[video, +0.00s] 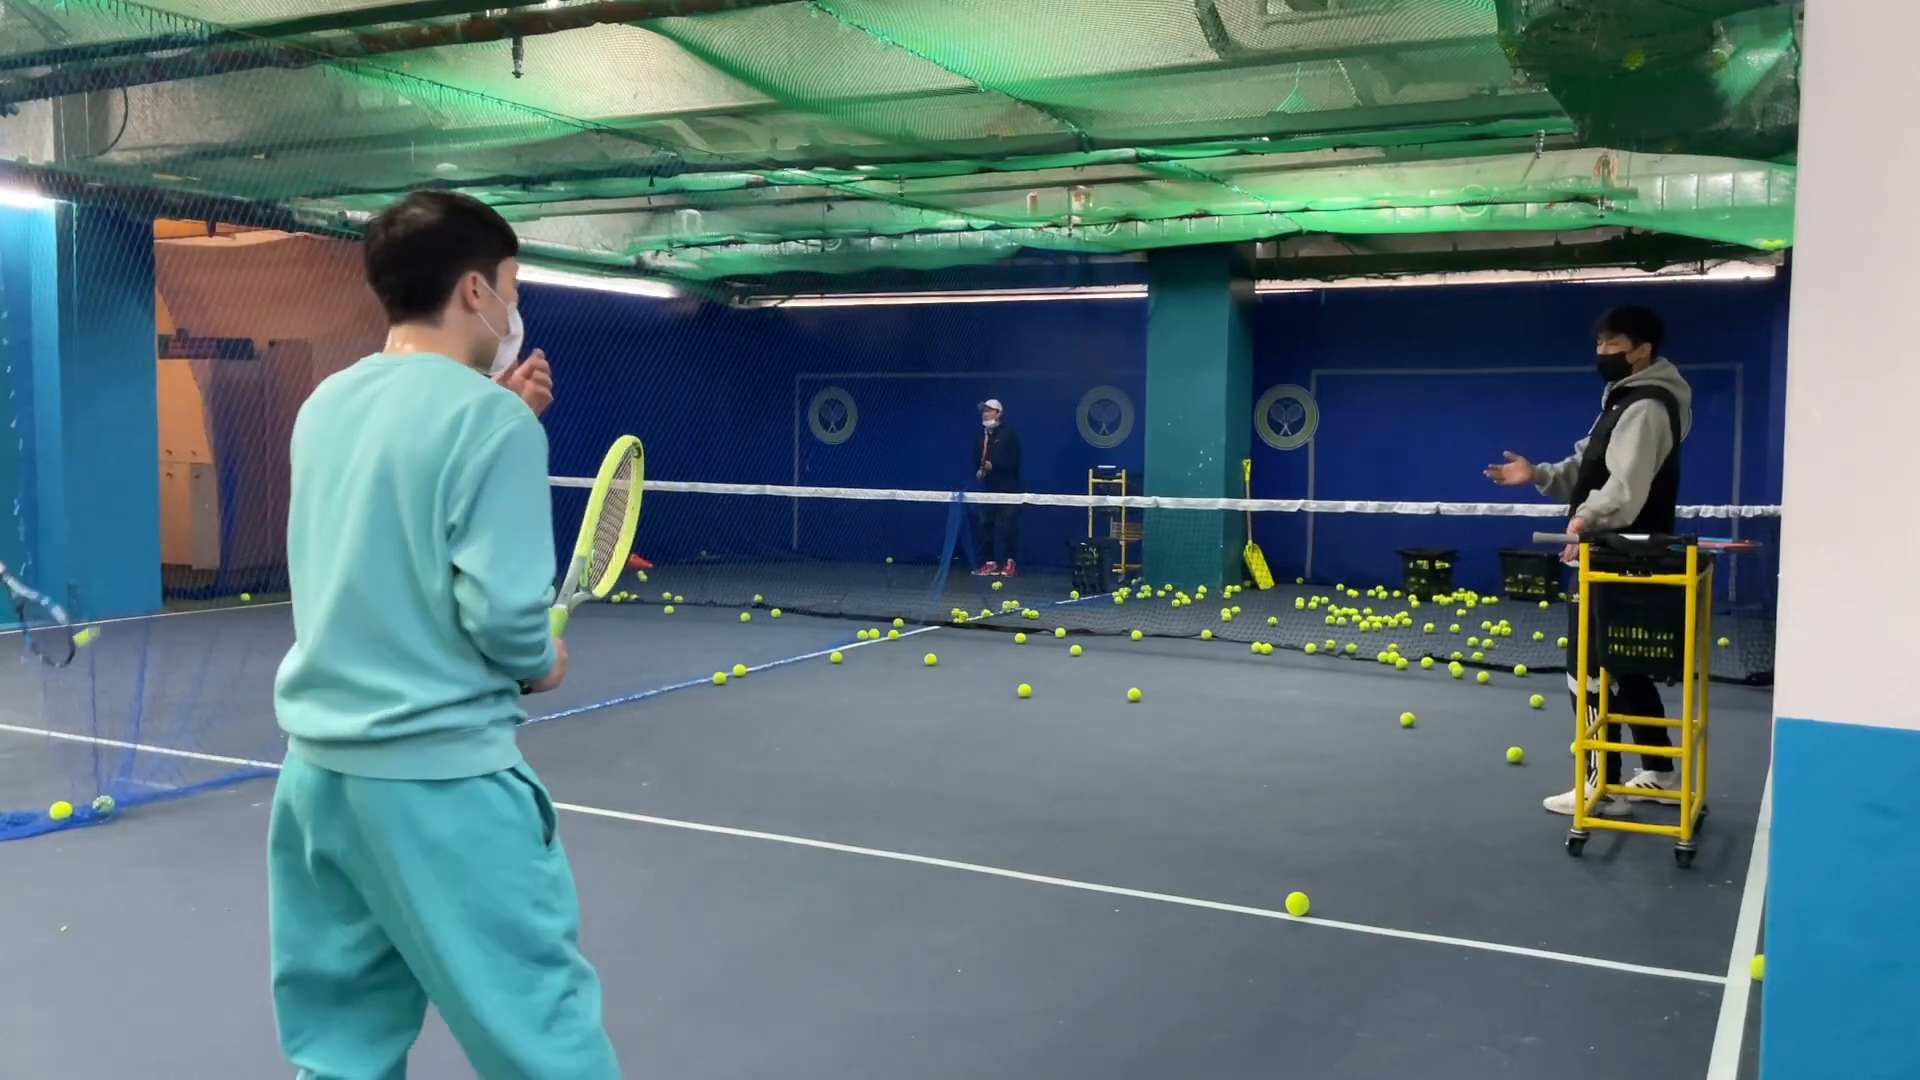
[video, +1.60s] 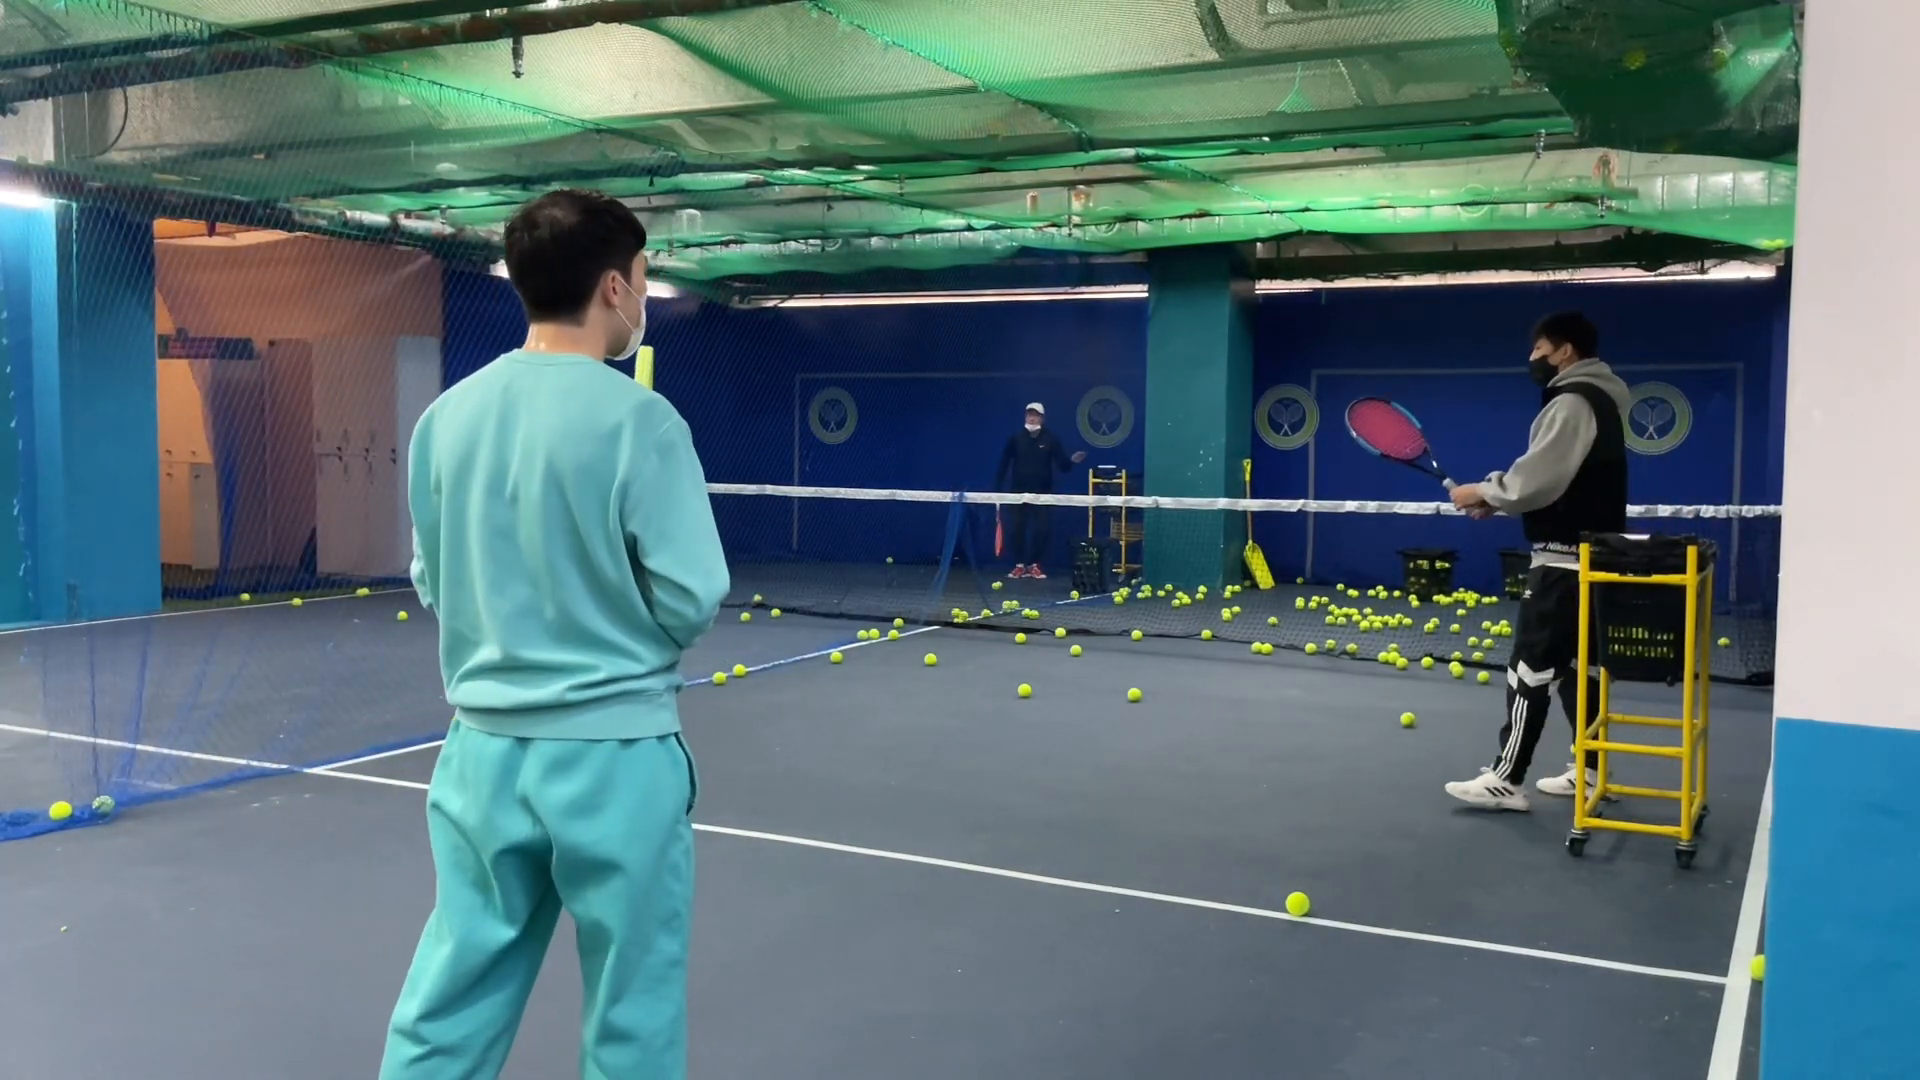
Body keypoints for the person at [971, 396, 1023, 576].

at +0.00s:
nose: (985, 414)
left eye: (989, 410)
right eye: (984, 410)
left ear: (998, 413)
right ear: (982, 413)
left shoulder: (1008, 434)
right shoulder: (981, 435)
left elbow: (1013, 462)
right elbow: (977, 458)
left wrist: (993, 465)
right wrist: (979, 470)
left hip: (1008, 486)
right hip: (989, 485)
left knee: (1007, 524)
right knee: (987, 523)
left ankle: (1009, 561)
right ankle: (991, 561)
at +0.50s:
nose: (1000, 416)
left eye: (1004, 412)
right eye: (998, 413)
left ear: (1013, 415)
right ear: (995, 416)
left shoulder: (1023, 437)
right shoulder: (992, 439)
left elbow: (1027, 465)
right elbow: (986, 463)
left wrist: (1006, 480)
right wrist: (987, 481)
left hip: (1020, 488)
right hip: (998, 489)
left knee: (1028, 527)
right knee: (992, 525)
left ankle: (1037, 564)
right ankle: (991, 563)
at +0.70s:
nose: (1011, 429)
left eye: (1015, 426)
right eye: (1009, 425)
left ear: (1023, 428)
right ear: (1006, 428)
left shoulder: (1033, 447)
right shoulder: (1002, 448)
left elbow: (1041, 472)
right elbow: (996, 473)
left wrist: (1033, 489)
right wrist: (996, 494)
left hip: (1031, 494)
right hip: (1008, 494)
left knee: (1036, 528)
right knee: (995, 523)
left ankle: (1039, 565)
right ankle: (992, 563)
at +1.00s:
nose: (1034, 443)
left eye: (1037, 440)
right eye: (1031, 440)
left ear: (1042, 442)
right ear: (1025, 440)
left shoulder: (1048, 460)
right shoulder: (1015, 458)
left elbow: (1054, 486)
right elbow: (1001, 482)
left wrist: (1046, 490)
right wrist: (990, 501)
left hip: (1039, 503)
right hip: (1014, 501)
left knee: (1046, 526)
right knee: (997, 522)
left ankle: (1034, 566)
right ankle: (992, 563)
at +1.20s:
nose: (1043, 437)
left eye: (1047, 434)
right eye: (1040, 433)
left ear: (1050, 437)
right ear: (1034, 433)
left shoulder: (1054, 456)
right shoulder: (1023, 452)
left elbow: (1057, 480)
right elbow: (1003, 472)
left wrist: (1043, 470)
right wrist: (995, 494)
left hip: (1043, 499)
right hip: (1018, 496)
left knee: (1045, 532)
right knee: (1005, 530)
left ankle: (1033, 566)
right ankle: (992, 563)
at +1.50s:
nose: (1036, 421)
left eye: (1040, 417)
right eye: (1034, 417)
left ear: (1046, 421)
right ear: (1029, 419)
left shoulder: (1052, 441)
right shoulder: (1019, 440)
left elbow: (1062, 471)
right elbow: (1005, 468)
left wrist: (1055, 461)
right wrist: (1000, 494)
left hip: (1042, 491)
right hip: (1018, 490)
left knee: (1041, 529)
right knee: (1017, 528)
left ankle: (1033, 565)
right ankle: (1016, 563)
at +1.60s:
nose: (1031, 418)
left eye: (1035, 415)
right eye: (1029, 414)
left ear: (1042, 418)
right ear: (1025, 417)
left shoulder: (1049, 439)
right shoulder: (1016, 439)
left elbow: (1063, 467)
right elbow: (1003, 466)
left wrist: (1072, 461)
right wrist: (996, 491)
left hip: (1041, 491)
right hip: (1017, 490)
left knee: (1041, 529)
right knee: (1017, 528)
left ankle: (1034, 565)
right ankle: (1019, 565)